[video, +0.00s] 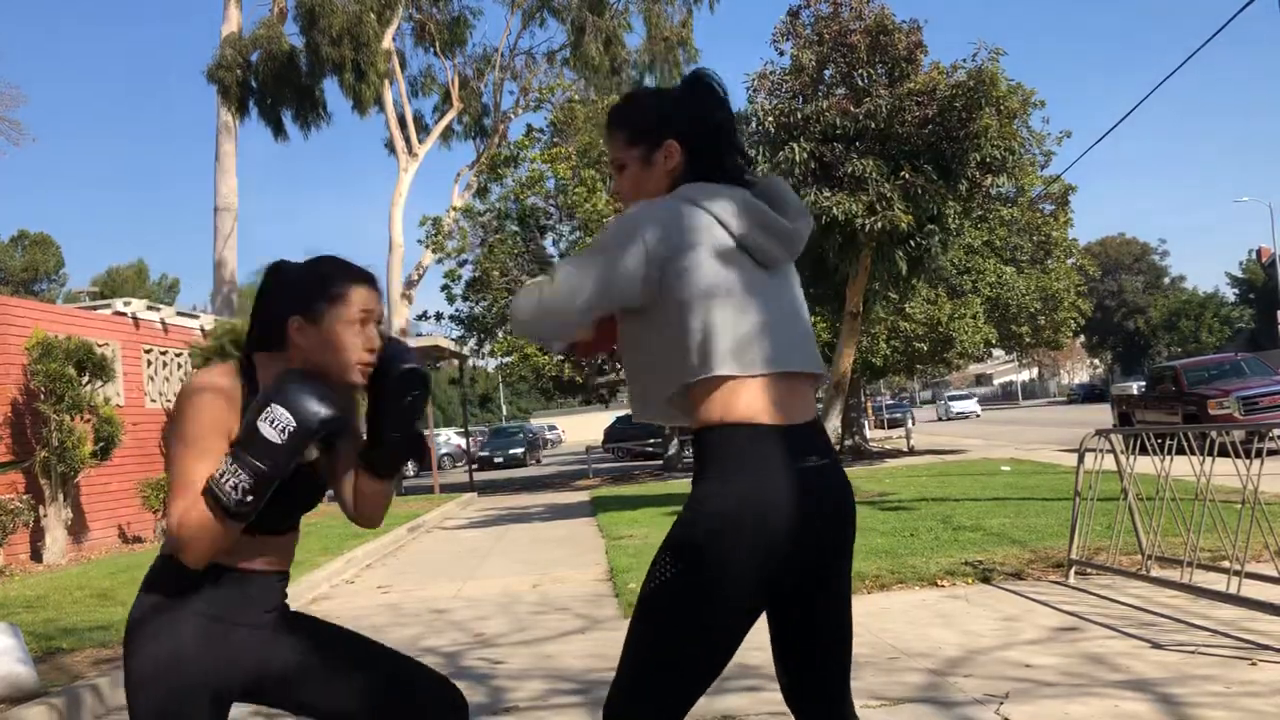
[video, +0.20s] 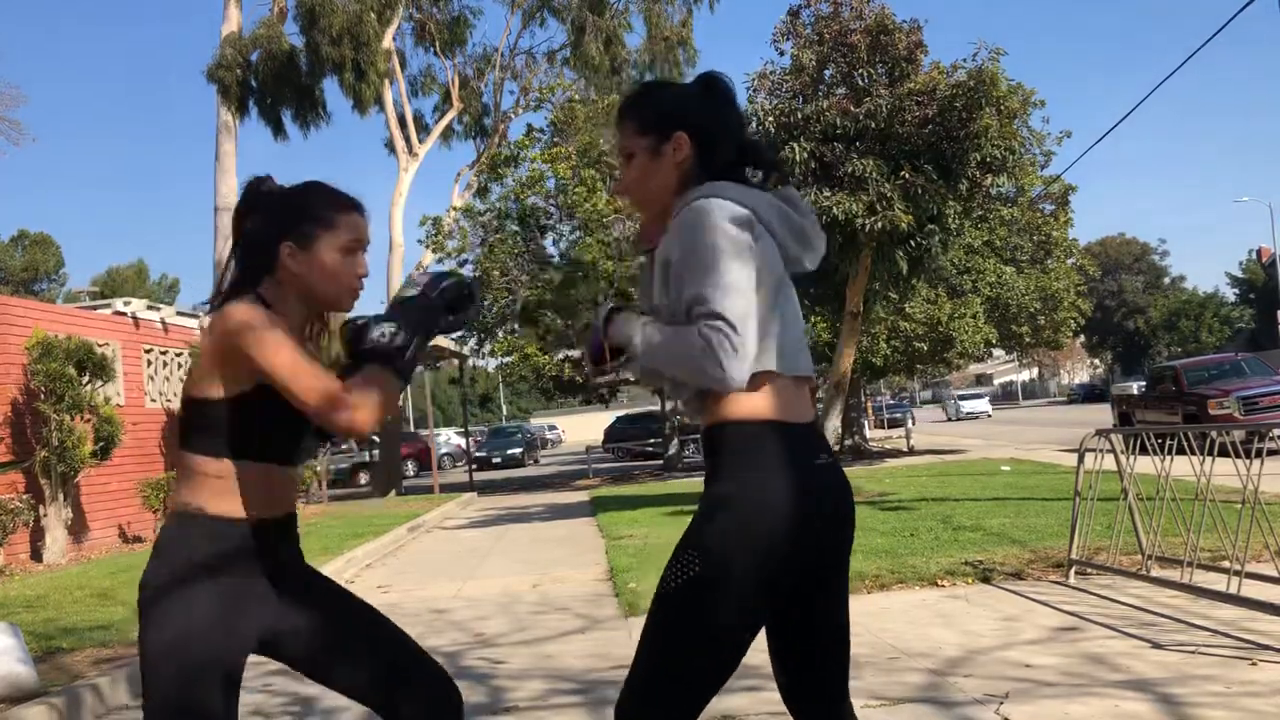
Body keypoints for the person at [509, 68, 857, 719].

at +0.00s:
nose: (614, 186)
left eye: (620, 168)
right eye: (611, 170)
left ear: (669, 155)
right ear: (672, 157)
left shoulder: (656, 226)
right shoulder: (758, 220)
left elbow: (537, 313)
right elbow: (709, 315)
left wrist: (584, 333)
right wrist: (620, 327)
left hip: (738, 490)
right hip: (820, 484)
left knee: (637, 707)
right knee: (824, 702)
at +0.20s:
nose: (620, 178)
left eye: (629, 157)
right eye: (619, 160)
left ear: (679, 152)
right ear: (681, 154)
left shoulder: (707, 219)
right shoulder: (742, 217)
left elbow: (722, 360)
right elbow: (707, 372)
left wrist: (625, 330)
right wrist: (634, 343)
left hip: (754, 492)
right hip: (809, 484)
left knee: (648, 707)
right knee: (821, 701)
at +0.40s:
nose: (624, 179)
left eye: (631, 159)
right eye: (622, 162)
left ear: (680, 151)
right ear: (686, 151)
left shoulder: (693, 225)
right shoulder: (761, 221)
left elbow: (615, 366)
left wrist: (554, 261)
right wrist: (567, 271)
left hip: (748, 497)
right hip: (821, 488)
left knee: (645, 707)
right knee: (819, 702)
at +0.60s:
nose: (623, 174)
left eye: (631, 154)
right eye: (623, 157)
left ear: (680, 149)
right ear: (683, 150)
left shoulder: (704, 219)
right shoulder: (745, 217)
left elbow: (677, 374)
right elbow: (674, 348)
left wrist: (606, 329)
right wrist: (610, 273)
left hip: (748, 493)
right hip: (803, 486)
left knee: (642, 706)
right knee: (810, 702)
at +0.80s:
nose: (618, 175)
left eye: (625, 156)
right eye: (618, 159)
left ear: (672, 153)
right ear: (678, 153)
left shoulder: (672, 223)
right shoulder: (759, 223)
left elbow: (564, 341)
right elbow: (717, 360)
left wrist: (575, 264)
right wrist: (612, 374)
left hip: (740, 489)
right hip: (818, 484)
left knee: (638, 706)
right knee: (820, 703)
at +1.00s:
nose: (609, 179)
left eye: (618, 159)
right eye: (609, 162)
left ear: (669, 155)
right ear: (674, 157)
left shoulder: (666, 225)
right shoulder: (750, 221)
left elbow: (583, 344)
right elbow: (699, 329)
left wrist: (504, 322)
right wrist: (609, 282)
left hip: (741, 489)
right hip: (812, 484)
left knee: (615, 701)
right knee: (810, 702)